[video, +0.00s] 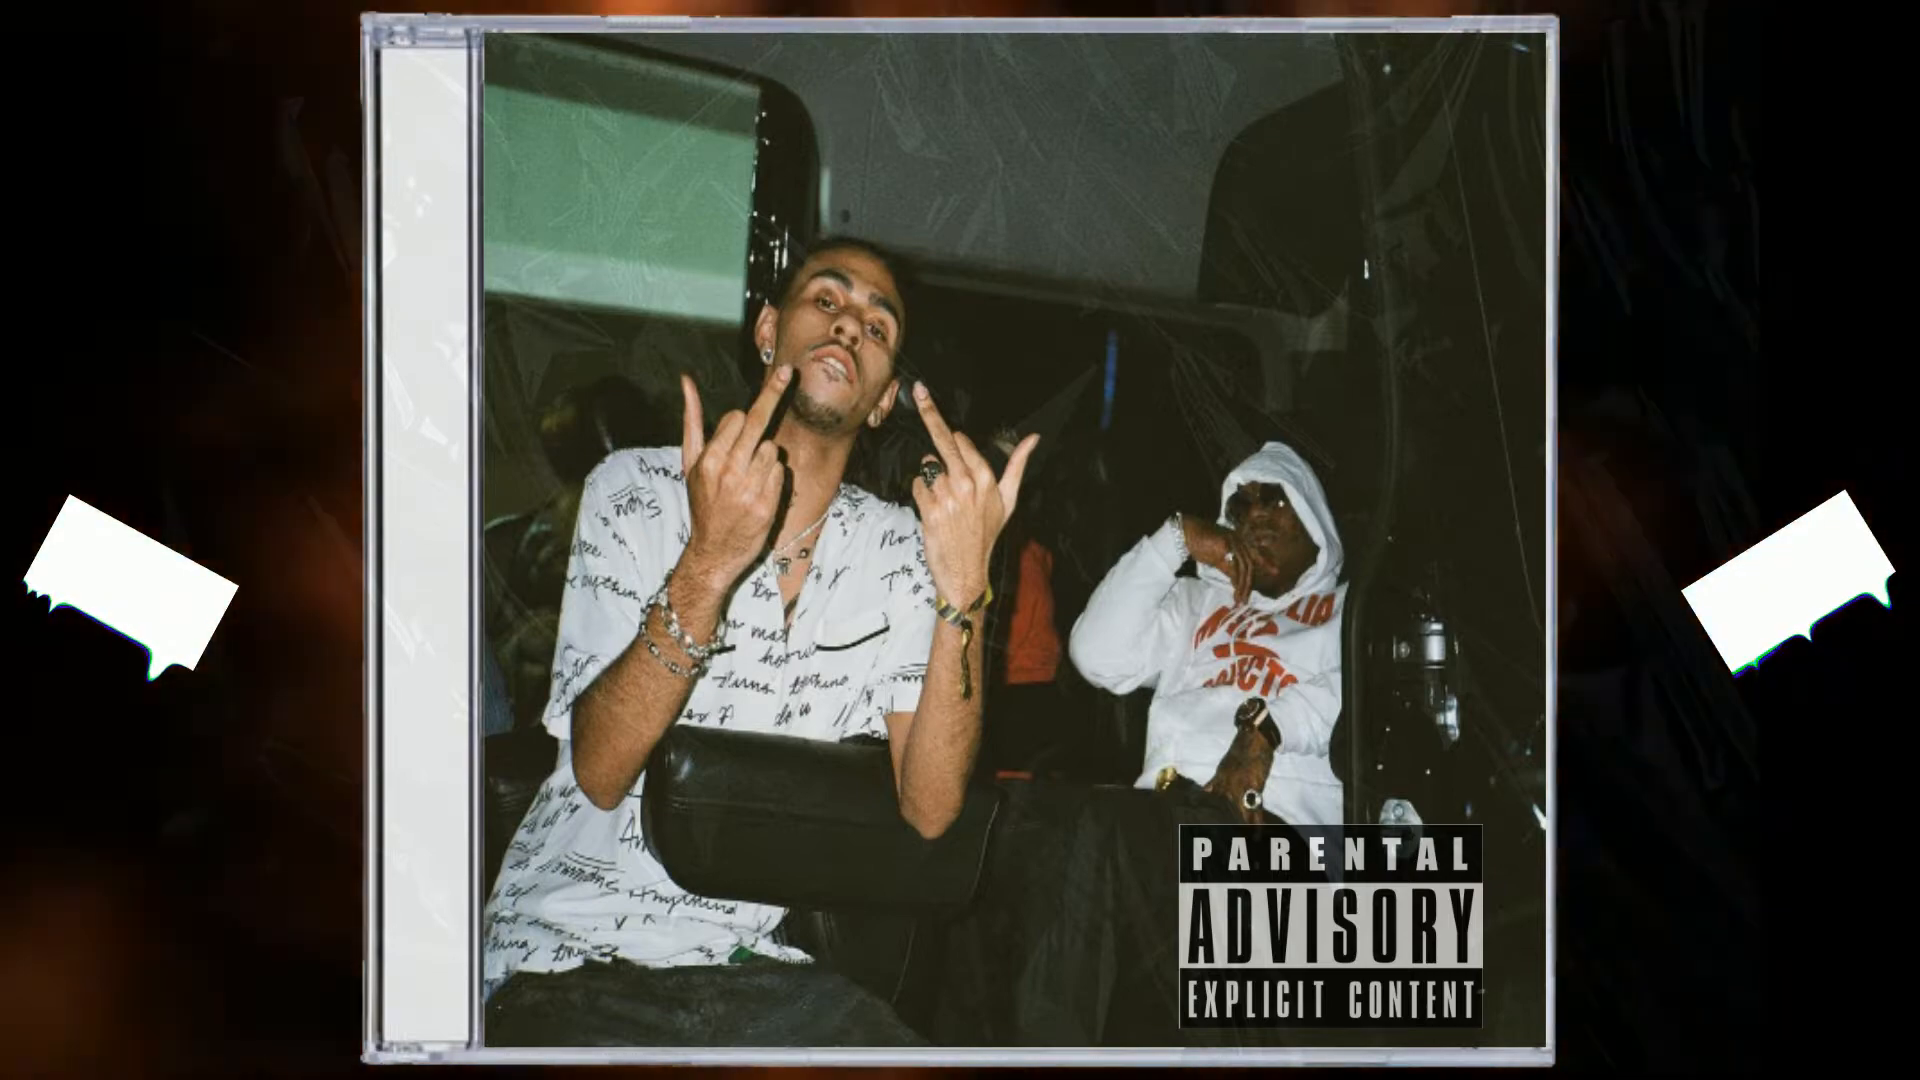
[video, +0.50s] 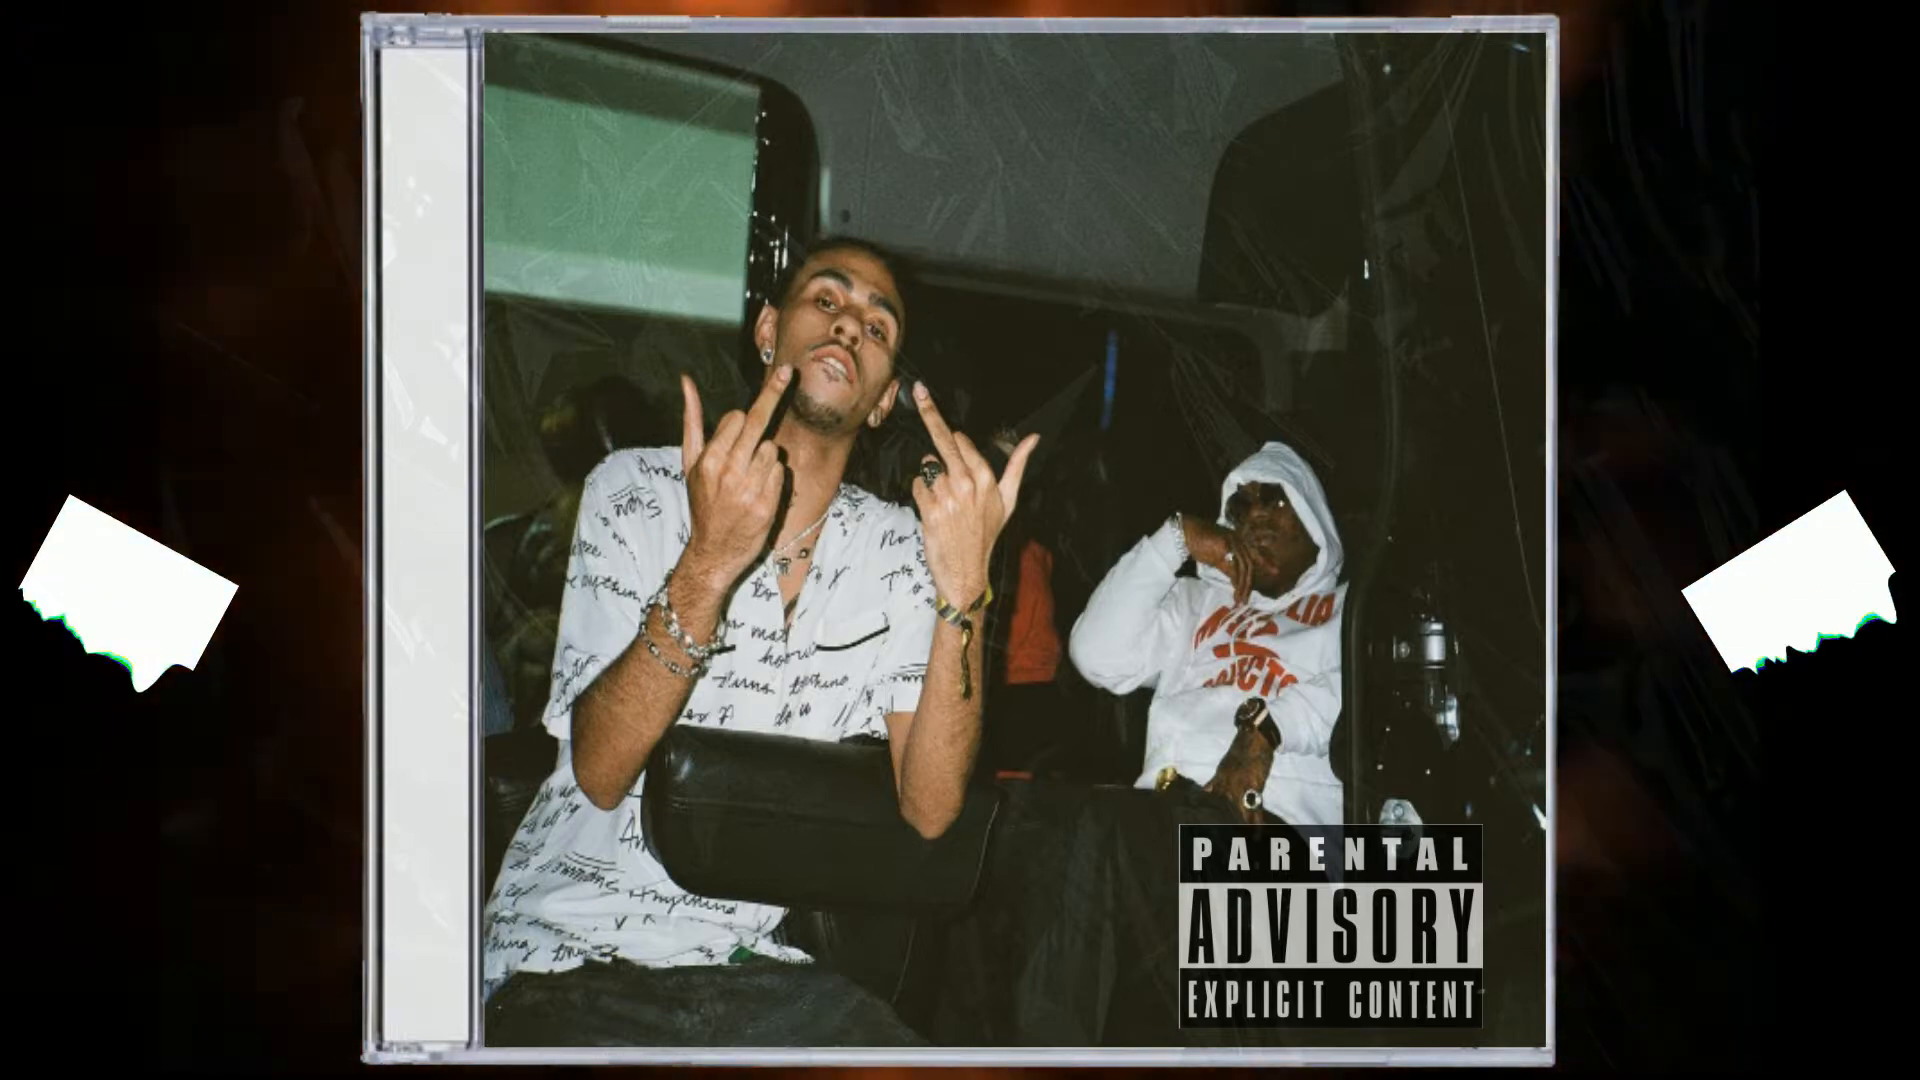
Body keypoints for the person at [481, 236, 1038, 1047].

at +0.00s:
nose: (852, 322)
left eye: (879, 323)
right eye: (827, 298)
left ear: (887, 396)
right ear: (766, 333)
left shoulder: (903, 551)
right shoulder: (638, 491)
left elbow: (931, 809)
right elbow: (601, 770)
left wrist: (966, 593)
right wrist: (710, 563)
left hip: (754, 956)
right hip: (570, 944)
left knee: (904, 1060)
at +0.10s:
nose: (852, 323)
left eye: (879, 323)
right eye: (826, 299)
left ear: (887, 395)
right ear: (767, 333)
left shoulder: (902, 550)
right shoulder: (638, 490)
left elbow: (931, 809)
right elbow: (601, 770)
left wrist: (965, 593)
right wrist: (709, 564)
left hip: (753, 956)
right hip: (570, 944)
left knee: (904, 1059)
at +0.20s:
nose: (852, 323)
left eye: (879, 323)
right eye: (826, 299)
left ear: (887, 396)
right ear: (767, 333)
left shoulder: (902, 550)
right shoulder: (638, 490)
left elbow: (931, 809)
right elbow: (601, 770)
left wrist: (965, 593)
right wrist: (709, 564)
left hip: (754, 957)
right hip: (570, 945)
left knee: (900, 1058)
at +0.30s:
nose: (852, 323)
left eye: (879, 323)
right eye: (826, 299)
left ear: (887, 396)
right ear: (767, 333)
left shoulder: (902, 550)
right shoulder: (638, 490)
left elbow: (931, 809)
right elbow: (601, 770)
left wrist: (965, 593)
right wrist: (709, 564)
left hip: (754, 957)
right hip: (570, 945)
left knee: (905, 1060)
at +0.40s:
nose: (852, 323)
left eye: (879, 323)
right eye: (826, 299)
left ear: (887, 396)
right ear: (767, 333)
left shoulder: (902, 550)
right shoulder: (638, 490)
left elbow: (931, 809)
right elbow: (601, 770)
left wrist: (965, 593)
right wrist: (709, 564)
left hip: (753, 957)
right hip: (570, 945)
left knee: (906, 1061)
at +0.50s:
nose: (852, 323)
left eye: (879, 323)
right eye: (826, 299)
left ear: (887, 396)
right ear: (766, 333)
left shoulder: (903, 551)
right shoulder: (638, 490)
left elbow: (931, 809)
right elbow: (601, 770)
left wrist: (966, 593)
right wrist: (710, 563)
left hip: (754, 956)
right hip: (571, 945)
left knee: (905, 1062)